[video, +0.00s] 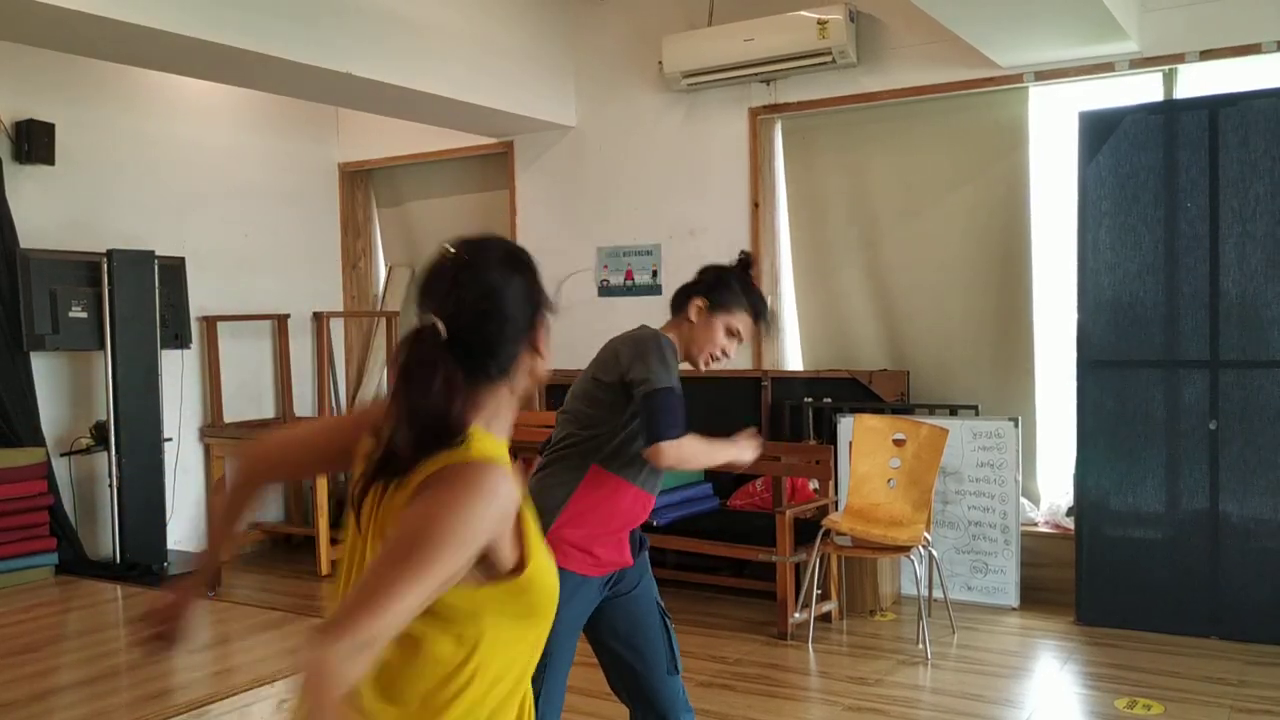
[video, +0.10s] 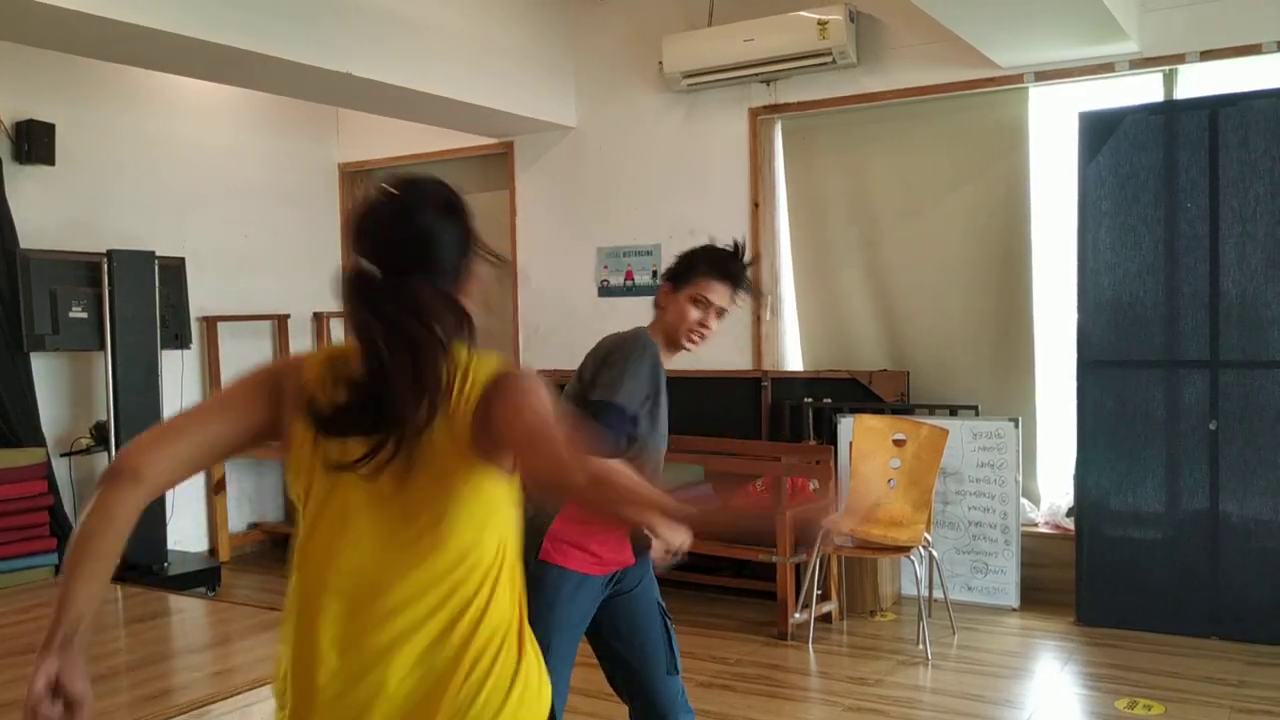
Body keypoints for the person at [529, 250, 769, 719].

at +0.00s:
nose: (730, 352)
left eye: (739, 344)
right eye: (730, 333)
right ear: (696, 309)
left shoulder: (662, 364)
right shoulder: (646, 349)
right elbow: (665, 450)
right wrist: (734, 450)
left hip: (620, 559)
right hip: (561, 558)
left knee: (665, 703)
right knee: (536, 707)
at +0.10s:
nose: (706, 324)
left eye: (718, 315)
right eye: (699, 304)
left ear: (723, 320)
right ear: (665, 293)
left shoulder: (650, 364)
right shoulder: (630, 355)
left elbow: (616, 458)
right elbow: (586, 459)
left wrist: (647, 525)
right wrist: (663, 515)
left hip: (621, 559)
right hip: (566, 557)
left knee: (663, 702)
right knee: (539, 702)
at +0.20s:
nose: (674, 308)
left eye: (688, 298)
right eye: (668, 290)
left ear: (696, 305)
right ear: (637, 283)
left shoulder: (654, 385)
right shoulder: (589, 363)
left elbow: (667, 492)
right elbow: (531, 457)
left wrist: (754, 506)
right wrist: (541, 560)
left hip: (629, 568)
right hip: (558, 571)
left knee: (672, 706)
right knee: (535, 709)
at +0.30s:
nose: (577, 274)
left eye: (591, 262)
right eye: (569, 263)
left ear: (623, 272)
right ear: (557, 270)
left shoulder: (654, 360)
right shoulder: (523, 347)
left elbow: (719, 433)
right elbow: (450, 415)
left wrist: (772, 518)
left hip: (630, 563)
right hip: (540, 566)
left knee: (675, 703)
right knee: (524, 706)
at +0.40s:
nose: (473, 318)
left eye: (473, 301)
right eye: (470, 305)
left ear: (497, 289)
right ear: (498, 292)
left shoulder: (592, 343)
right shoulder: (516, 363)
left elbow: (674, 416)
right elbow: (523, 448)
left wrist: (688, 513)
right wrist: (454, 428)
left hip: (611, 554)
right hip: (535, 557)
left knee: (659, 705)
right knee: (513, 703)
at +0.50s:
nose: (452, 358)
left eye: (445, 348)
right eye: (444, 349)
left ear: (450, 338)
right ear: (485, 310)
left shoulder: (508, 359)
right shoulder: (526, 349)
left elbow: (579, 429)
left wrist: (573, 535)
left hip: (604, 553)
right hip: (542, 555)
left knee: (649, 703)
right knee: (512, 700)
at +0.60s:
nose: (435, 377)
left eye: (423, 367)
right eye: (426, 370)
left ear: (429, 356)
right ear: (458, 326)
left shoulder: (499, 367)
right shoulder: (520, 358)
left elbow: (505, 493)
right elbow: (611, 403)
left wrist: (439, 579)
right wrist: (617, 474)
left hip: (602, 554)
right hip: (537, 559)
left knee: (647, 702)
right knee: (508, 697)